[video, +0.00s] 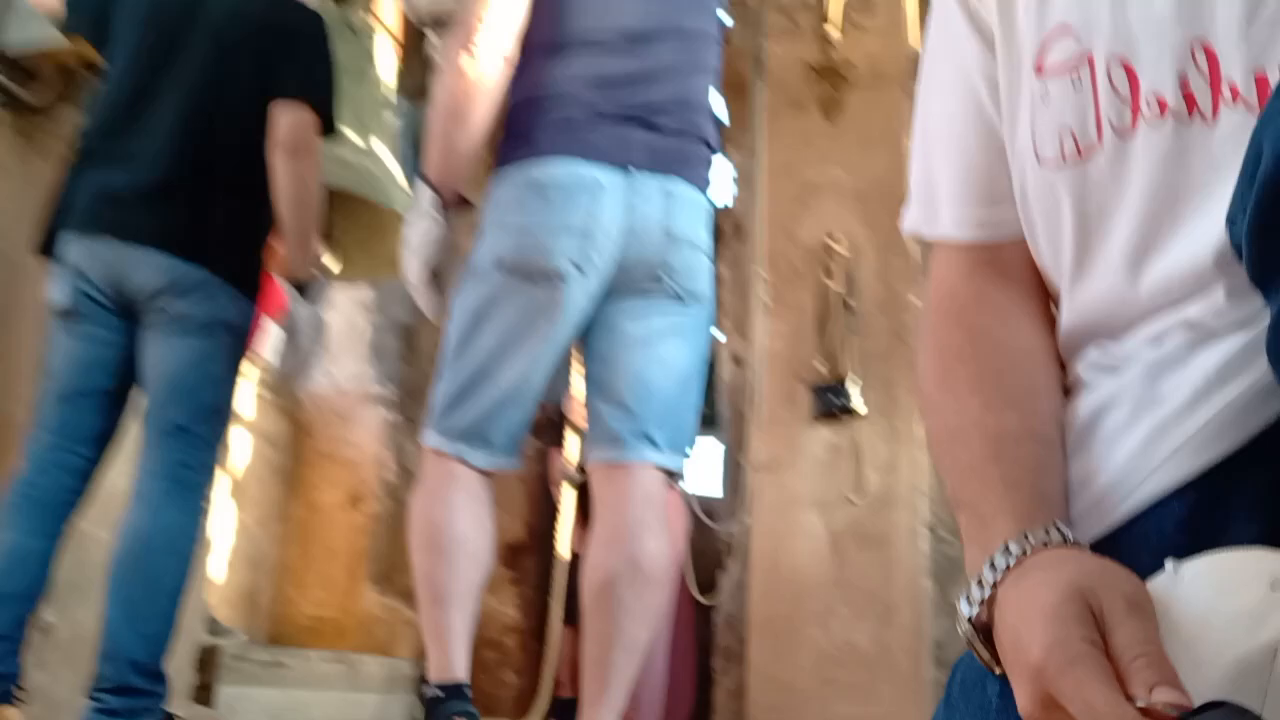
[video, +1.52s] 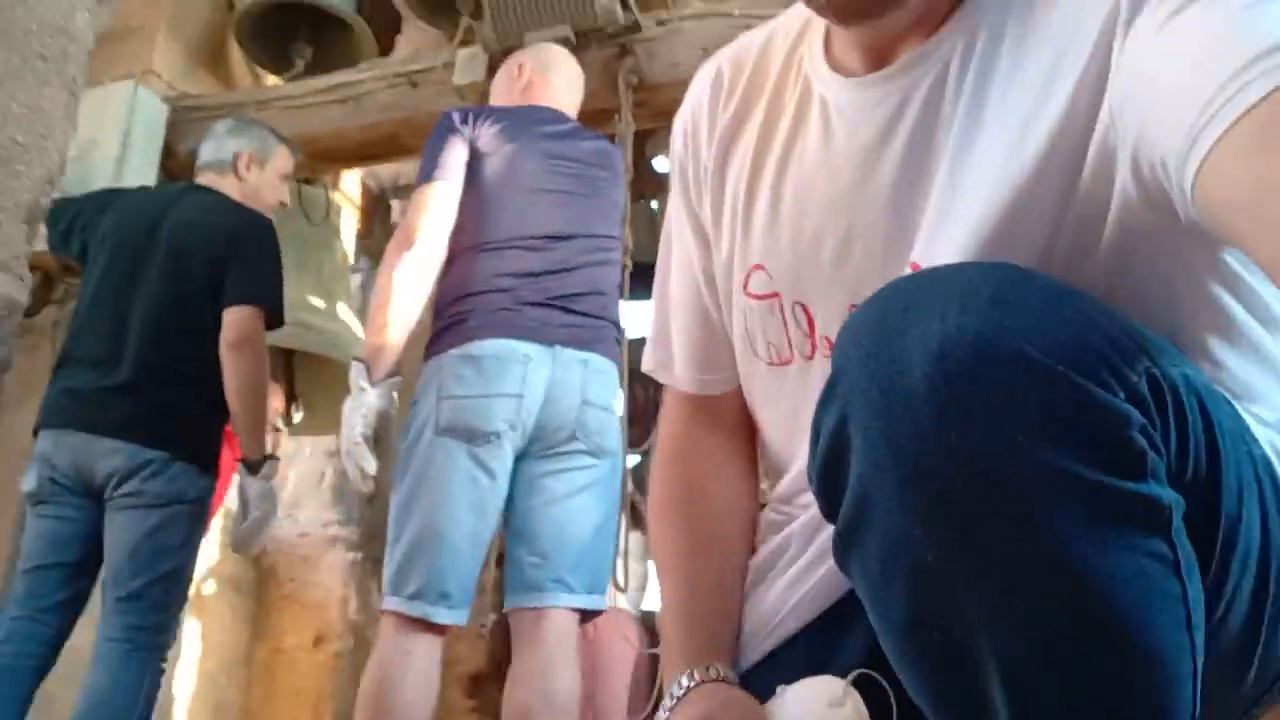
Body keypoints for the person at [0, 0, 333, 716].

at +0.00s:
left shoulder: (139, 3)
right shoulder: (291, 20)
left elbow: (77, 34)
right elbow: (293, 132)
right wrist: (303, 257)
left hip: (93, 226)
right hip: (201, 253)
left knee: (54, 459)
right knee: (173, 481)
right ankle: (126, 697)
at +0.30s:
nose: (431, 49)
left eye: (432, 38)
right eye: (432, 37)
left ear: (357, 14)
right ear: (419, 30)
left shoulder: (286, 54)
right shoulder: (408, 84)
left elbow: (198, 60)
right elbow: (405, 184)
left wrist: (194, 38)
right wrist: (418, 296)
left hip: (238, 278)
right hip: (329, 297)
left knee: (206, 464)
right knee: (304, 482)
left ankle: (144, 665)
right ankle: (265, 684)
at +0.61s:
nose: (340, 69)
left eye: (341, 59)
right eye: (342, 59)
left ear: (269, 37)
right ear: (331, 51)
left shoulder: (197, 80)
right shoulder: (321, 101)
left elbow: (110, 92)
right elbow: (319, 207)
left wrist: (100, 71)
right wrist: (332, 316)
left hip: (148, 302)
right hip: (239, 317)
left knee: (114, 490)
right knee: (217, 499)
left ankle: (50, 687)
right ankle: (179, 695)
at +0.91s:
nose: (364, 50)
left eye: (363, 38)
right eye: (365, 39)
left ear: (294, 17)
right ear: (358, 35)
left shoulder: (218, 59)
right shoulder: (343, 87)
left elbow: (133, 75)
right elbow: (344, 190)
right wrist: (356, 301)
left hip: (172, 285)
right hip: (264, 301)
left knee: (138, 473)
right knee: (239, 488)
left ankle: (76, 678)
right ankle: (202, 688)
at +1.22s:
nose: (336, 160)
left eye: (339, 149)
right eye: (339, 148)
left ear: (265, 126)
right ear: (325, 141)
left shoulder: (191, 165)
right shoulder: (318, 192)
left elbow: (114, 179)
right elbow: (317, 293)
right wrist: (332, 407)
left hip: (146, 381)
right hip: (239, 399)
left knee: (112, 571)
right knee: (214, 585)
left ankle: (59, 713)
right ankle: (184, 716)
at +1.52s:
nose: (288, 198)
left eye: (291, 183)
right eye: (284, 179)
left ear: (216, 167)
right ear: (244, 164)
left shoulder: (124, 206)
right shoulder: (247, 230)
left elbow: (55, 217)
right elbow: (241, 340)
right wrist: (256, 462)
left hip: (66, 433)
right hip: (164, 453)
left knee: (30, 616)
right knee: (132, 636)